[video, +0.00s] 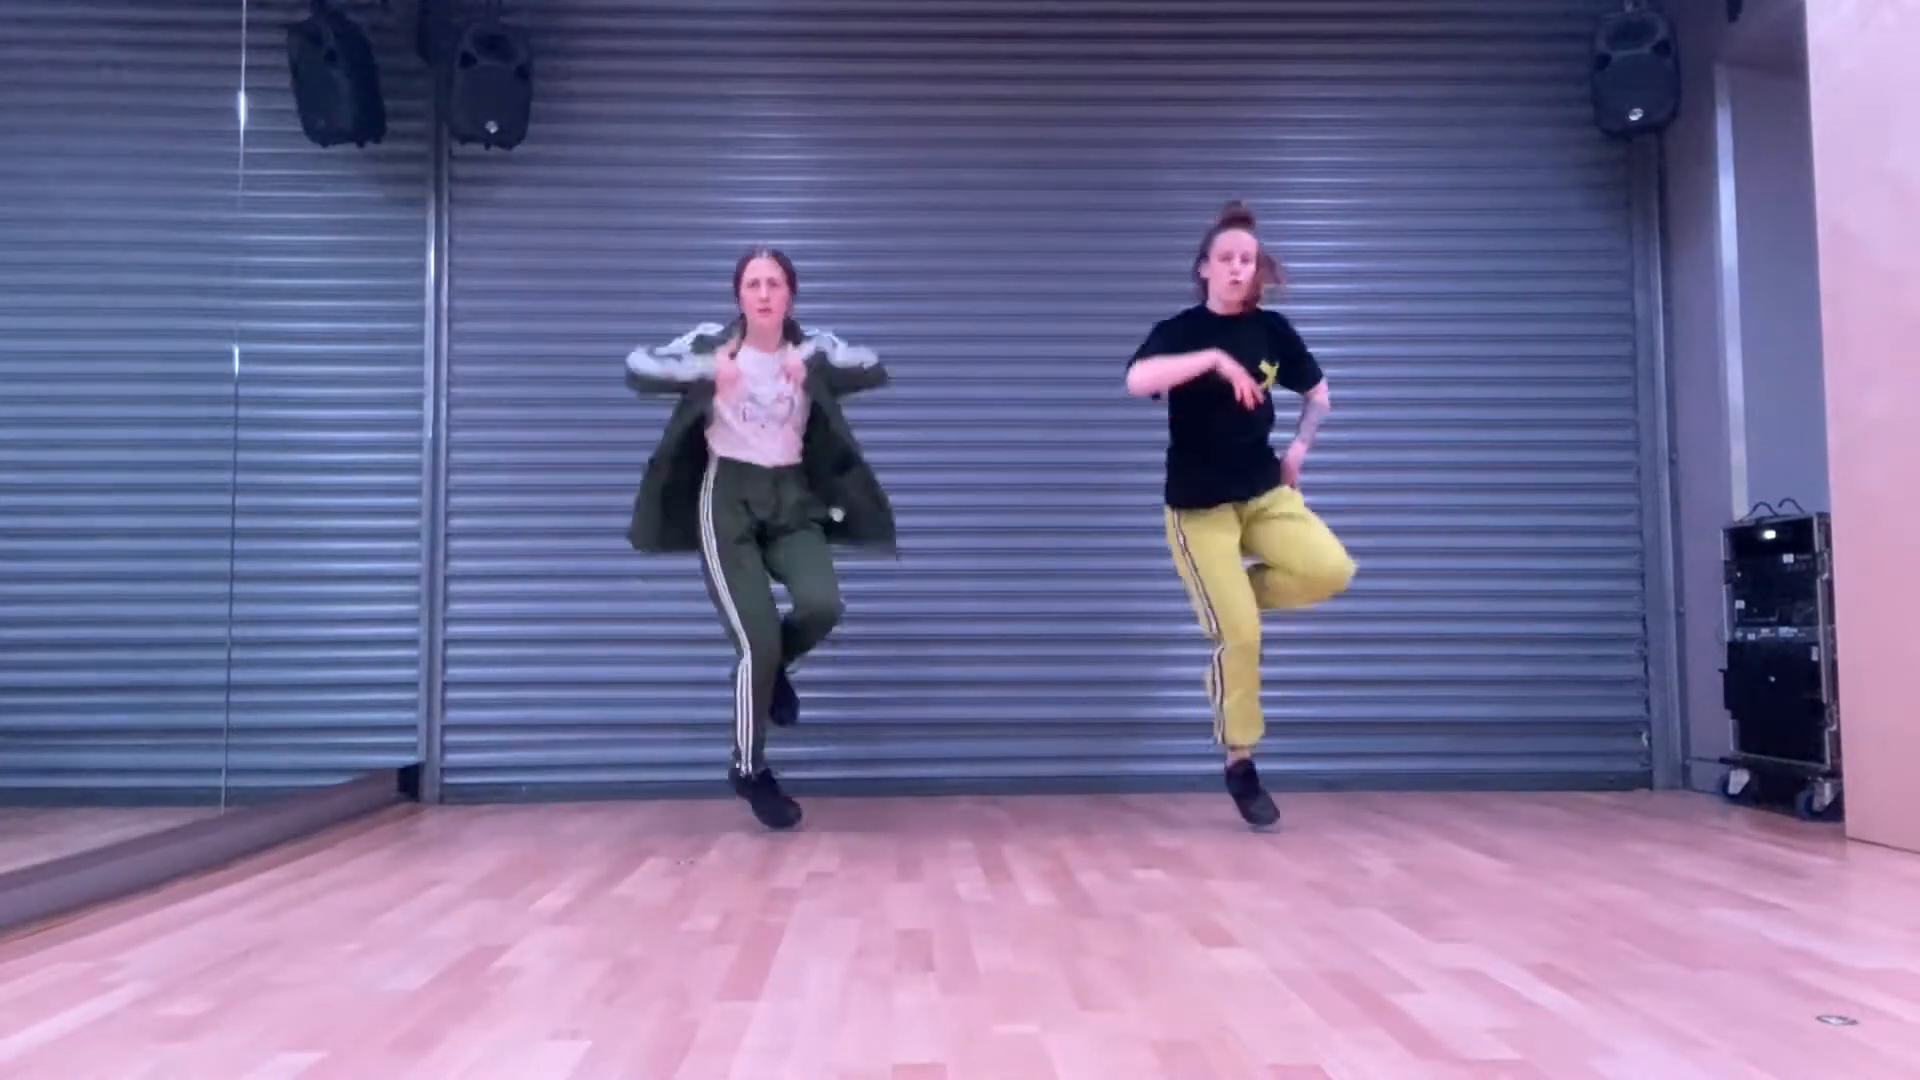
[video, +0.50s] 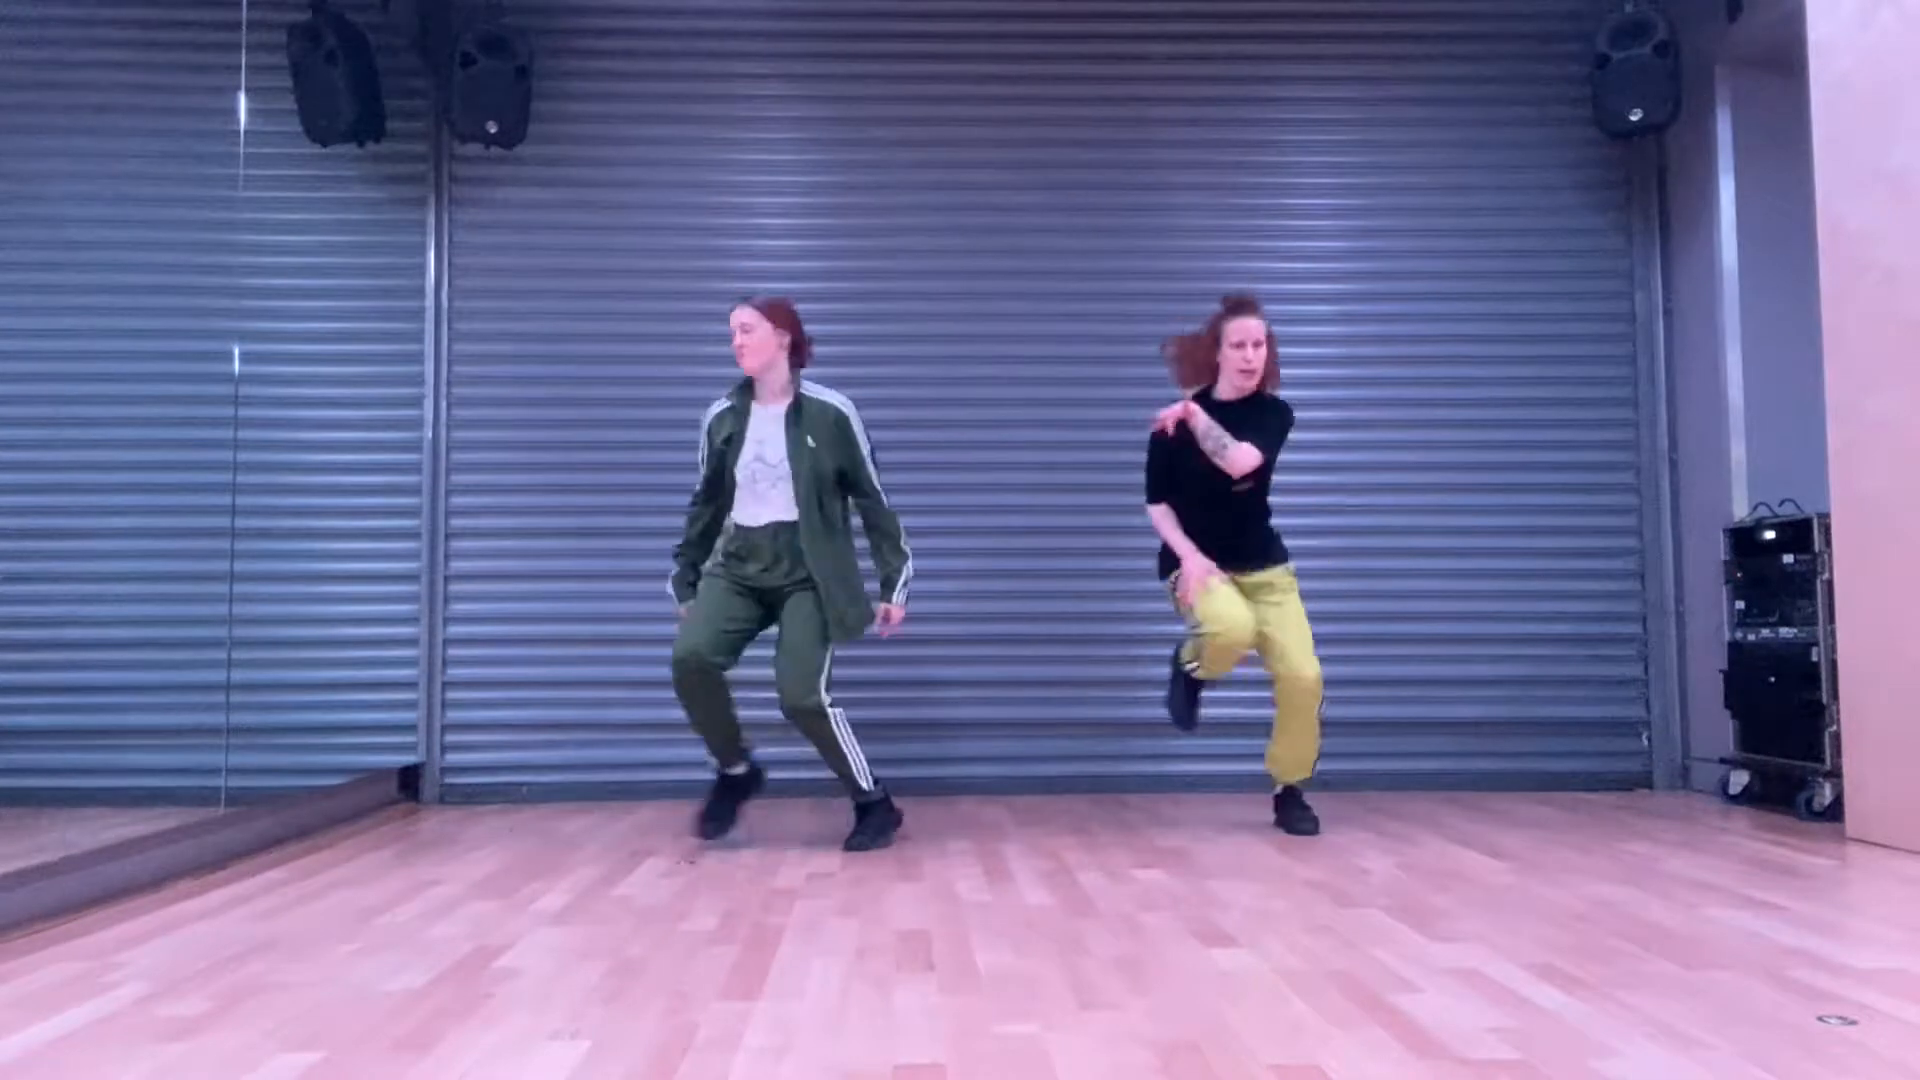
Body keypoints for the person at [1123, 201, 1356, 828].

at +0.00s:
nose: (1237, 269)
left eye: (1247, 260)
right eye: (1226, 259)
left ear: (1259, 271)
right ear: (1204, 267)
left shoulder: (1272, 332)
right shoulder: (1180, 332)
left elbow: (1318, 394)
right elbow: (1138, 381)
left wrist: (1298, 449)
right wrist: (1212, 362)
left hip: (1265, 495)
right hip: (1200, 508)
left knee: (1329, 572)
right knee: (1239, 631)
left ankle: (1225, 591)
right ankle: (1240, 762)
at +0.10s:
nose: (1233, 282)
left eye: (1243, 272)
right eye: (1222, 271)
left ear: (1258, 279)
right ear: (1199, 277)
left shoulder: (1271, 340)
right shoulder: (1178, 327)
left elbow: (1337, 401)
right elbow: (1165, 339)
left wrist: (1309, 447)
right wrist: (1234, 300)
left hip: (1266, 487)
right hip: (1203, 502)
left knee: (1333, 527)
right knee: (1254, 627)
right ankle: (1250, 751)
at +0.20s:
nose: (1226, 306)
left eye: (1236, 296)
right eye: (1215, 295)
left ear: (1250, 306)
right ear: (1193, 303)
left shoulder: (1262, 364)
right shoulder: (1176, 355)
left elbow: (1340, 419)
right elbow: (1189, 344)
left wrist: (1308, 465)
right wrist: (1218, 323)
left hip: (1272, 506)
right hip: (1211, 519)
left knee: (1327, 605)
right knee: (1254, 654)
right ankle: (1263, 787)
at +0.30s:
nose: (1232, 305)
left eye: (1242, 295)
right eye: (1221, 293)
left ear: (1254, 304)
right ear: (1200, 300)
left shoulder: (1270, 365)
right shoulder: (1178, 358)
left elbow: (1330, 435)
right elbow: (1137, 397)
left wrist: (1285, 446)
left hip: (1280, 518)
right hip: (1211, 528)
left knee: (1319, 617)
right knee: (1260, 646)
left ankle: (1348, 759)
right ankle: (1263, 781)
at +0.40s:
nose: (1240, 327)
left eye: (1249, 315)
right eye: (1228, 316)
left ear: (1261, 321)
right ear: (1207, 322)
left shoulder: (1272, 385)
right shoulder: (1176, 384)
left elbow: (1268, 465)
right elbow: (1138, 472)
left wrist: (1231, 412)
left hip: (1274, 528)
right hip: (1208, 538)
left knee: (1307, 653)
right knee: (1273, 610)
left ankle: (1297, 782)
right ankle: (1248, 705)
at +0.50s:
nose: (1250, 355)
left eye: (1259, 344)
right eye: (1238, 344)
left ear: (1268, 353)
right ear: (1215, 351)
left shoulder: (1274, 413)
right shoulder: (1177, 417)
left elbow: (1241, 462)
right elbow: (1156, 502)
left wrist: (1194, 418)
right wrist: (1189, 554)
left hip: (1263, 565)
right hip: (1197, 563)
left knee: (1303, 675)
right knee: (1233, 629)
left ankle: (1290, 790)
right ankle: (1192, 670)